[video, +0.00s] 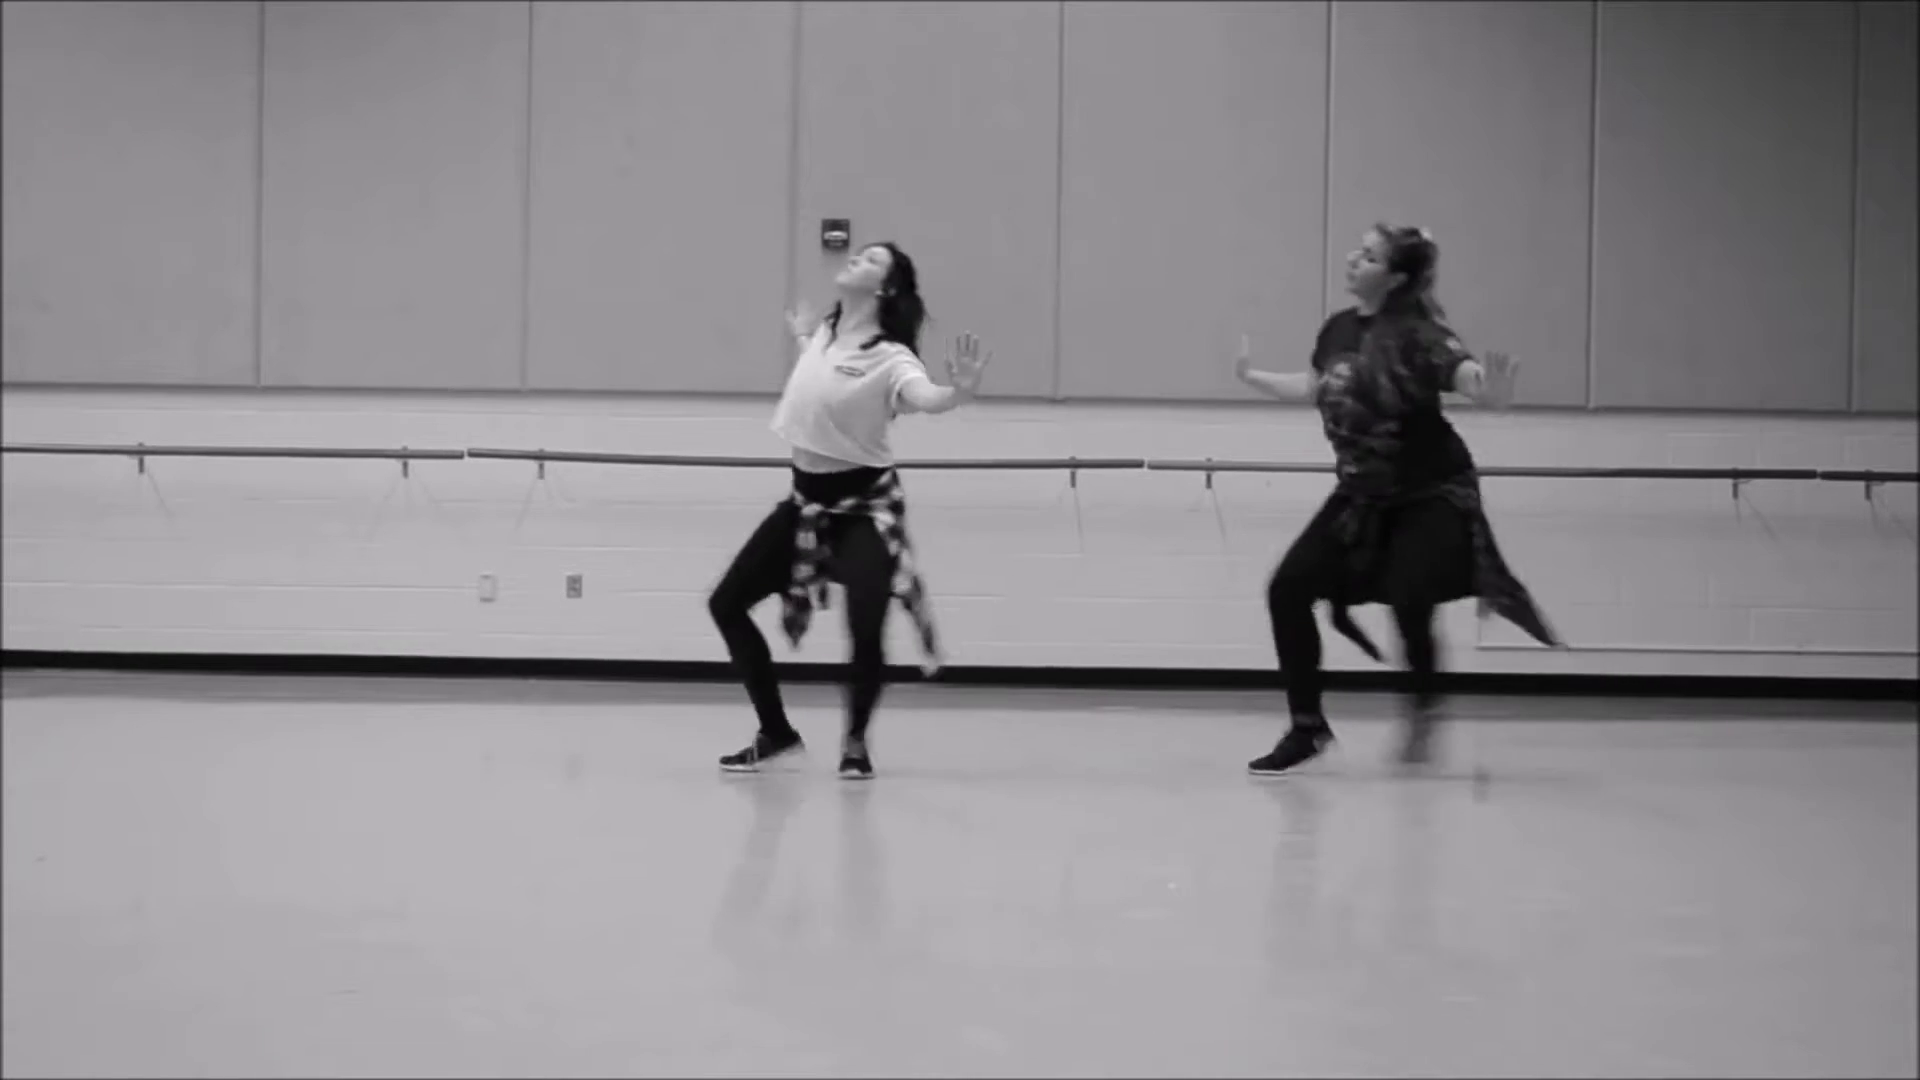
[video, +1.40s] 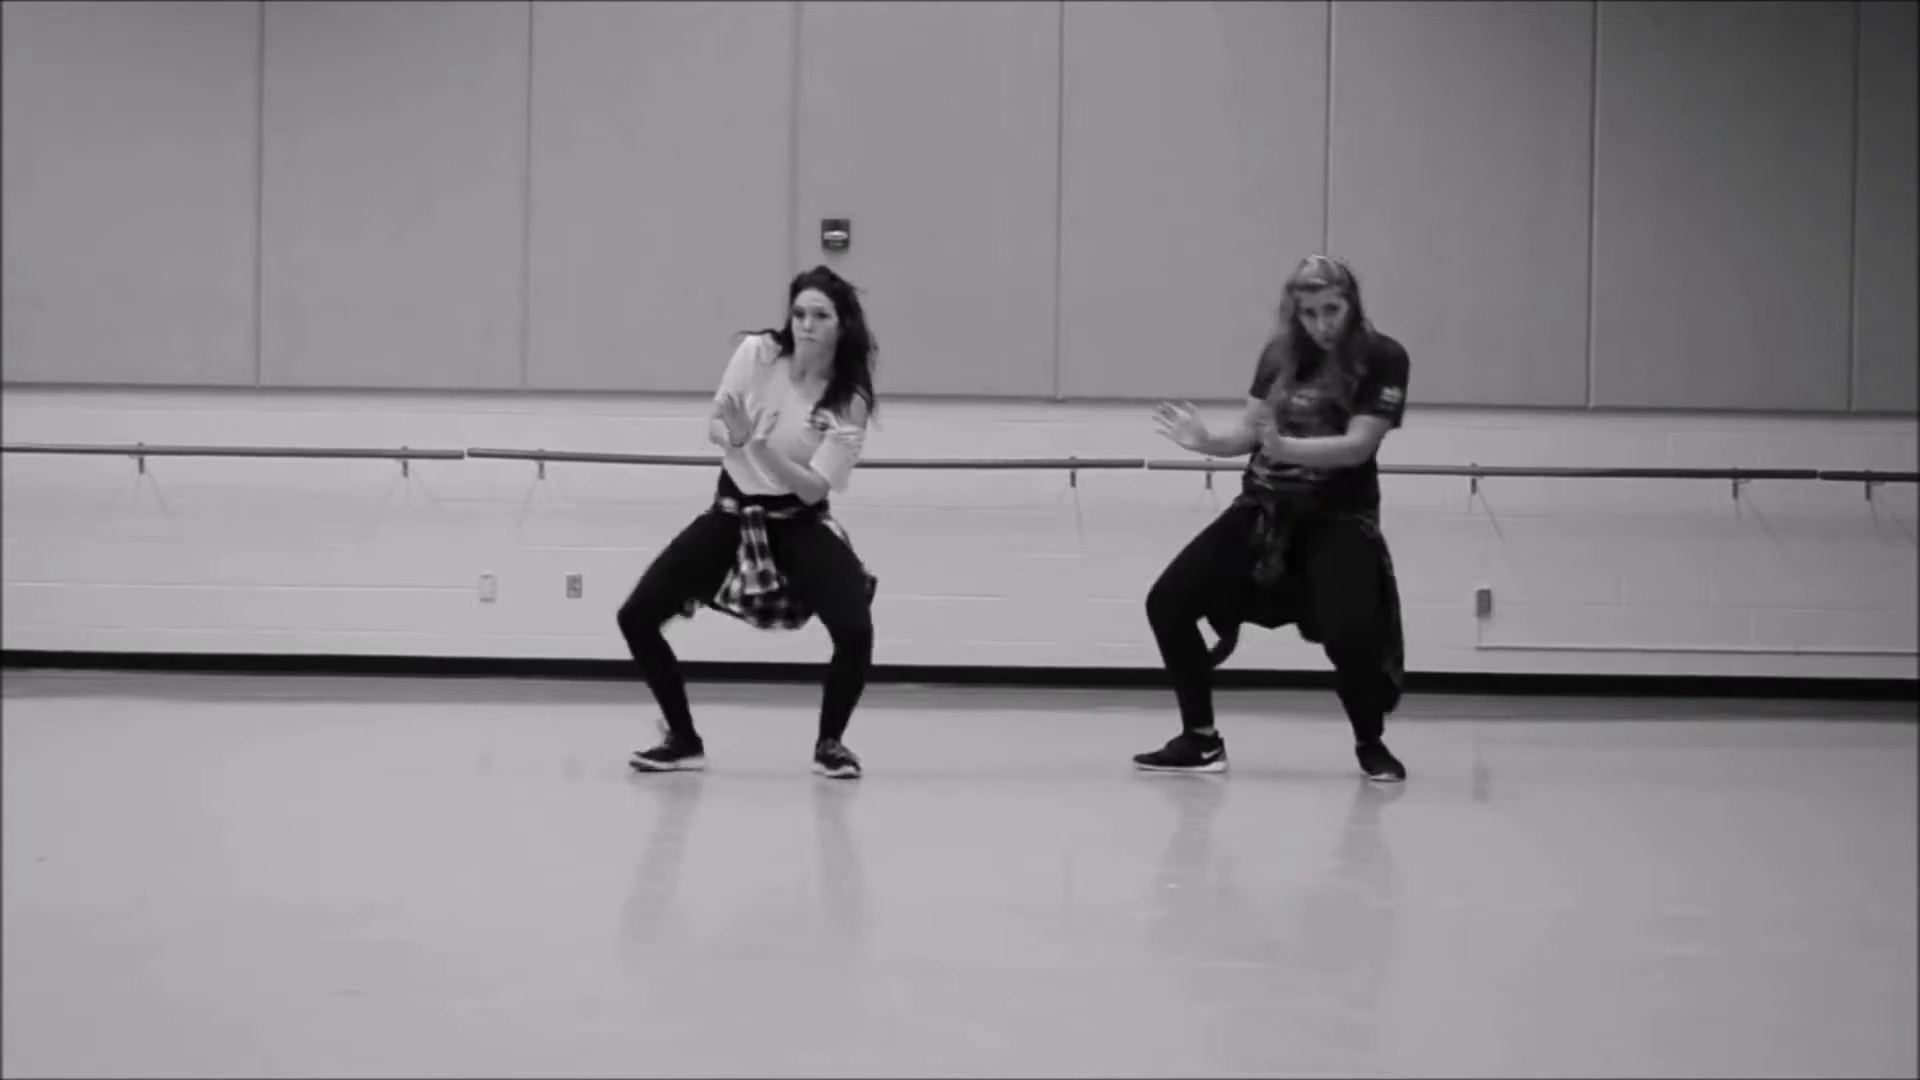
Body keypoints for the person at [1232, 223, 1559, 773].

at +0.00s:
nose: (1353, 261)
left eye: (1367, 258)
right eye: (1357, 252)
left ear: (1397, 278)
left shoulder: (1417, 331)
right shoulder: (1340, 329)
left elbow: (1461, 374)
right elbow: (1318, 386)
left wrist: (1486, 384)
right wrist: (1250, 375)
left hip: (1431, 495)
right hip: (1363, 496)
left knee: (1410, 598)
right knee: (1288, 590)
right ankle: (1307, 724)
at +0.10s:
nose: (1341, 262)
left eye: (1356, 258)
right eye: (1345, 253)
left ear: (1385, 276)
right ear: (1350, 270)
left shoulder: (1408, 329)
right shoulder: (1330, 331)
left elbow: (1455, 368)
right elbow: (1310, 388)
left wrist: (1485, 387)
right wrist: (1247, 374)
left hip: (1412, 499)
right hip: (1346, 494)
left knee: (1364, 621)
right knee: (1261, 582)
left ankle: (1363, 744)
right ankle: (1263, 716)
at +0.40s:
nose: (1337, 267)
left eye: (1352, 265)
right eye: (1342, 258)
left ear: (1378, 288)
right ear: (1351, 276)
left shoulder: (1396, 346)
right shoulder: (1322, 325)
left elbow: (1452, 390)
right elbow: (1297, 390)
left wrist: (1506, 410)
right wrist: (1250, 361)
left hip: (1363, 503)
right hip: (1295, 499)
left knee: (1339, 623)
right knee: (1209, 596)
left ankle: (1362, 745)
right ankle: (1207, 733)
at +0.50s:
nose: (1357, 274)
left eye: (1372, 273)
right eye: (1362, 265)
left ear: (1397, 295)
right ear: (1359, 274)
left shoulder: (1403, 348)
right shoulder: (1327, 326)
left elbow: (1407, 400)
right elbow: (1264, 386)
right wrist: (1188, 381)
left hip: (1351, 502)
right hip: (1286, 495)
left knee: (1330, 626)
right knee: (1204, 595)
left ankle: (1361, 746)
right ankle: (1206, 735)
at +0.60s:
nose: (1346, 268)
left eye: (1361, 265)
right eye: (1349, 258)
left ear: (1389, 284)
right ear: (1346, 265)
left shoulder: (1383, 341)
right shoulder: (1317, 319)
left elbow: (1330, 413)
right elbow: (1257, 385)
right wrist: (1187, 384)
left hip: (1347, 496)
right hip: (1286, 489)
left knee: (1330, 622)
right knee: (1213, 596)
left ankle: (1360, 747)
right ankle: (1207, 737)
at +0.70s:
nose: (1296, 259)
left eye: (1307, 249)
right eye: (1291, 249)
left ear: (1337, 252)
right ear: (1288, 255)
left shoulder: (1350, 316)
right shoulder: (1290, 314)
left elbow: (1311, 401)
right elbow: (1248, 378)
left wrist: (1223, 408)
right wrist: (1175, 382)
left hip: (1350, 487)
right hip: (1289, 484)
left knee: (1339, 615)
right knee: (1232, 598)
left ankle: (1362, 742)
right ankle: (1211, 735)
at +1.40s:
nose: (1321, 325)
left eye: (1331, 311)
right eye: (1309, 314)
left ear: (1352, 305)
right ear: (1295, 312)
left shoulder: (1383, 359)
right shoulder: (1281, 354)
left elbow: (1358, 447)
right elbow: (1253, 431)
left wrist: (1282, 448)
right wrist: (1207, 441)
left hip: (1338, 516)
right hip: (1264, 510)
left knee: (1354, 629)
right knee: (1168, 603)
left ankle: (1371, 746)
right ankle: (1200, 736)